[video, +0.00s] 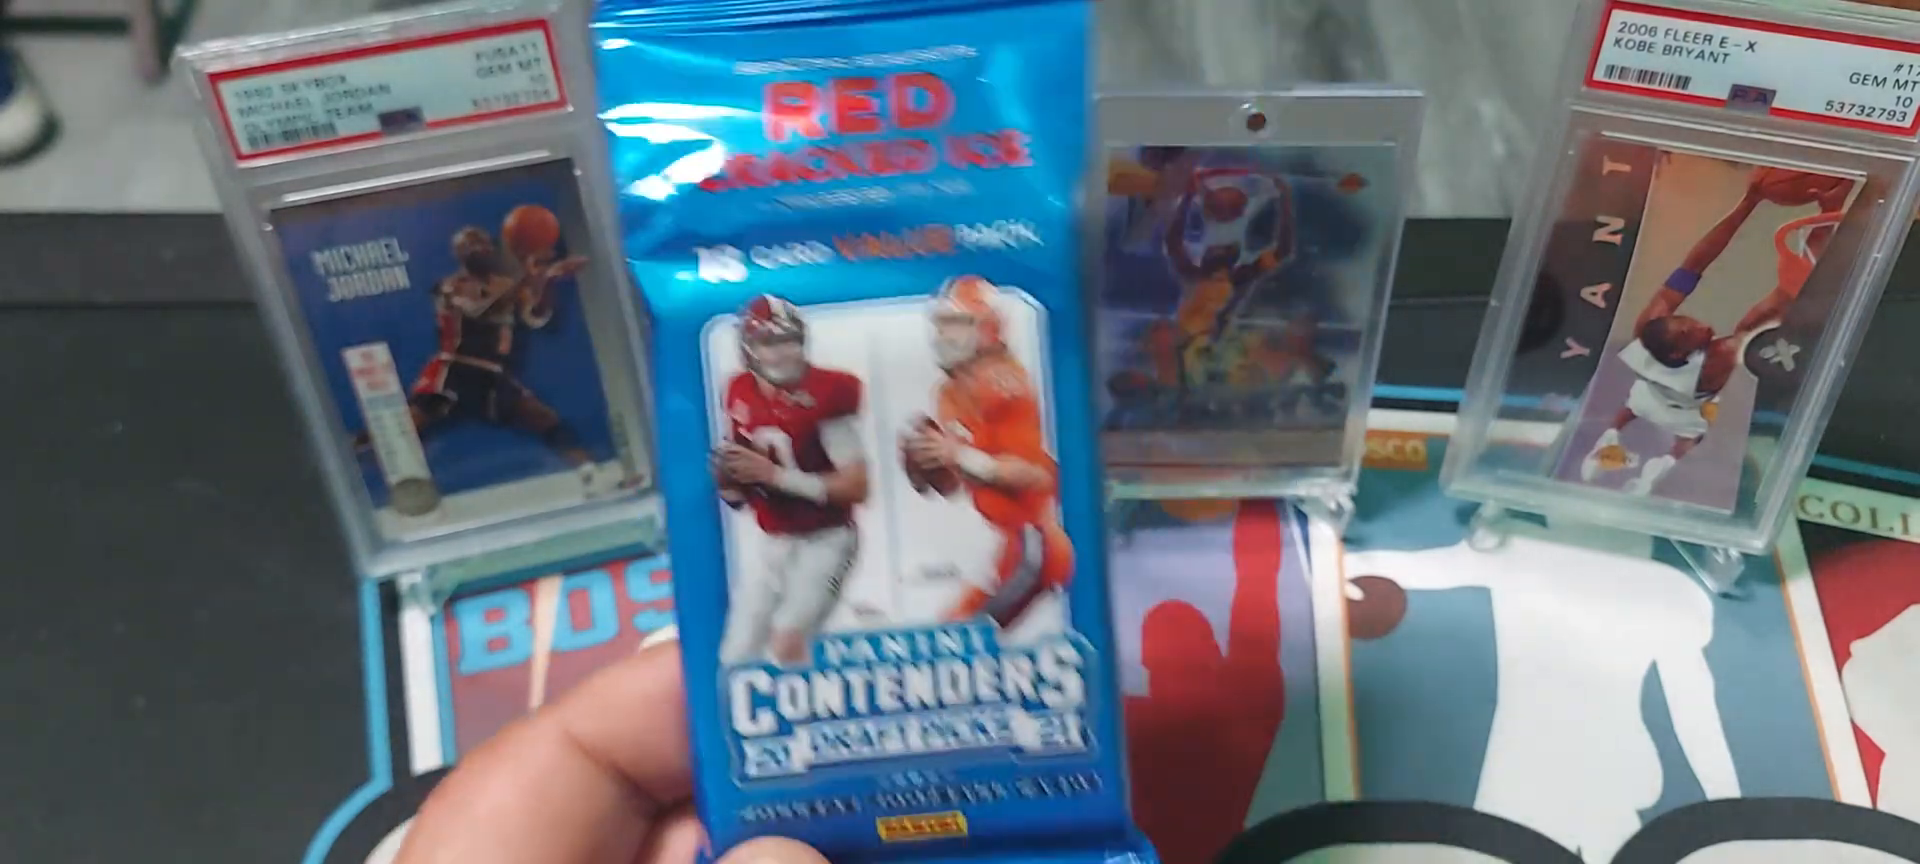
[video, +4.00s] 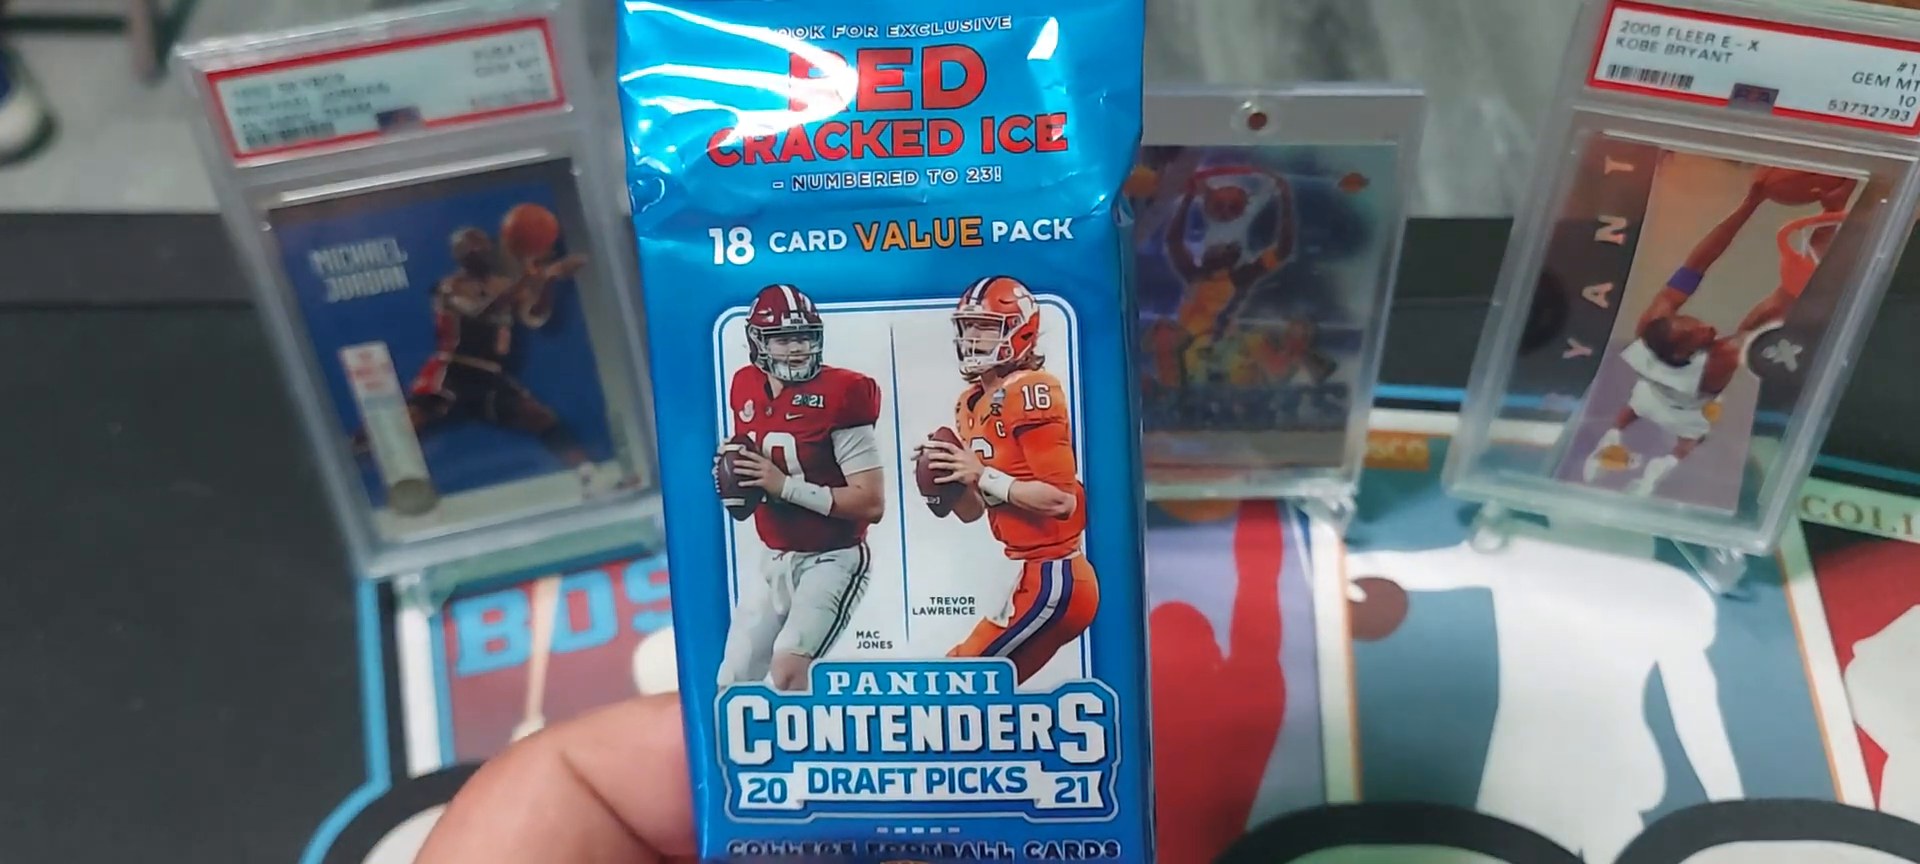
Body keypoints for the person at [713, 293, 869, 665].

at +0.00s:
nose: (781, 352)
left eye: (789, 341)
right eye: (768, 343)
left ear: (803, 342)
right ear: (749, 349)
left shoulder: (830, 392)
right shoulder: (741, 392)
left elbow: (856, 486)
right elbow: (739, 489)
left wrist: (771, 474)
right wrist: (729, 475)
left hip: (827, 538)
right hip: (773, 539)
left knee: (787, 641)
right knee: (737, 653)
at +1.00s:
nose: (797, 488)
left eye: (805, 478)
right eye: (784, 478)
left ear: (818, 480)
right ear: (759, 482)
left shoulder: (847, 532)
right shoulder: (745, 521)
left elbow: (872, 624)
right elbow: (745, 621)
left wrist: (784, 606)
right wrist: (728, 595)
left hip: (836, 669)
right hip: (775, 667)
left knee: (789, 755)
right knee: (736, 763)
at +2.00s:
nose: (776, 344)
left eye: (785, 333)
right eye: (764, 334)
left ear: (797, 335)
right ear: (741, 337)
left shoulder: (821, 387)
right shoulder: (727, 377)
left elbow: (844, 489)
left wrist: (761, 472)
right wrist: (709, 455)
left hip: (808, 542)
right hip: (749, 542)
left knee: (760, 647)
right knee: (707, 656)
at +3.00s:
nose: (778, 358)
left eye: (787, 347)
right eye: (766, 348)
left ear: (801, 347)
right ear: (741, 351)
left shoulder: (830, 402)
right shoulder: (728, 394)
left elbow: (859, 511)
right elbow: (729, 468)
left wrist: (769, 493)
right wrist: (713, 479)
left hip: (823, 565)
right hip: (759, 566)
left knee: (776, 673)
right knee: (722, 686)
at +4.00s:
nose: (795, 349)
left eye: (803, 338)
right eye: (783, 339)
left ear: (817, 339)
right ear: (759, 342)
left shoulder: (844, 393)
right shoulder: (746, 385)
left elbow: (871, 503)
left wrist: (784, 485)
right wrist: (730, 470)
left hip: (835, 559)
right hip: (774, 561)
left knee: (787, 673)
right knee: (733, 682)